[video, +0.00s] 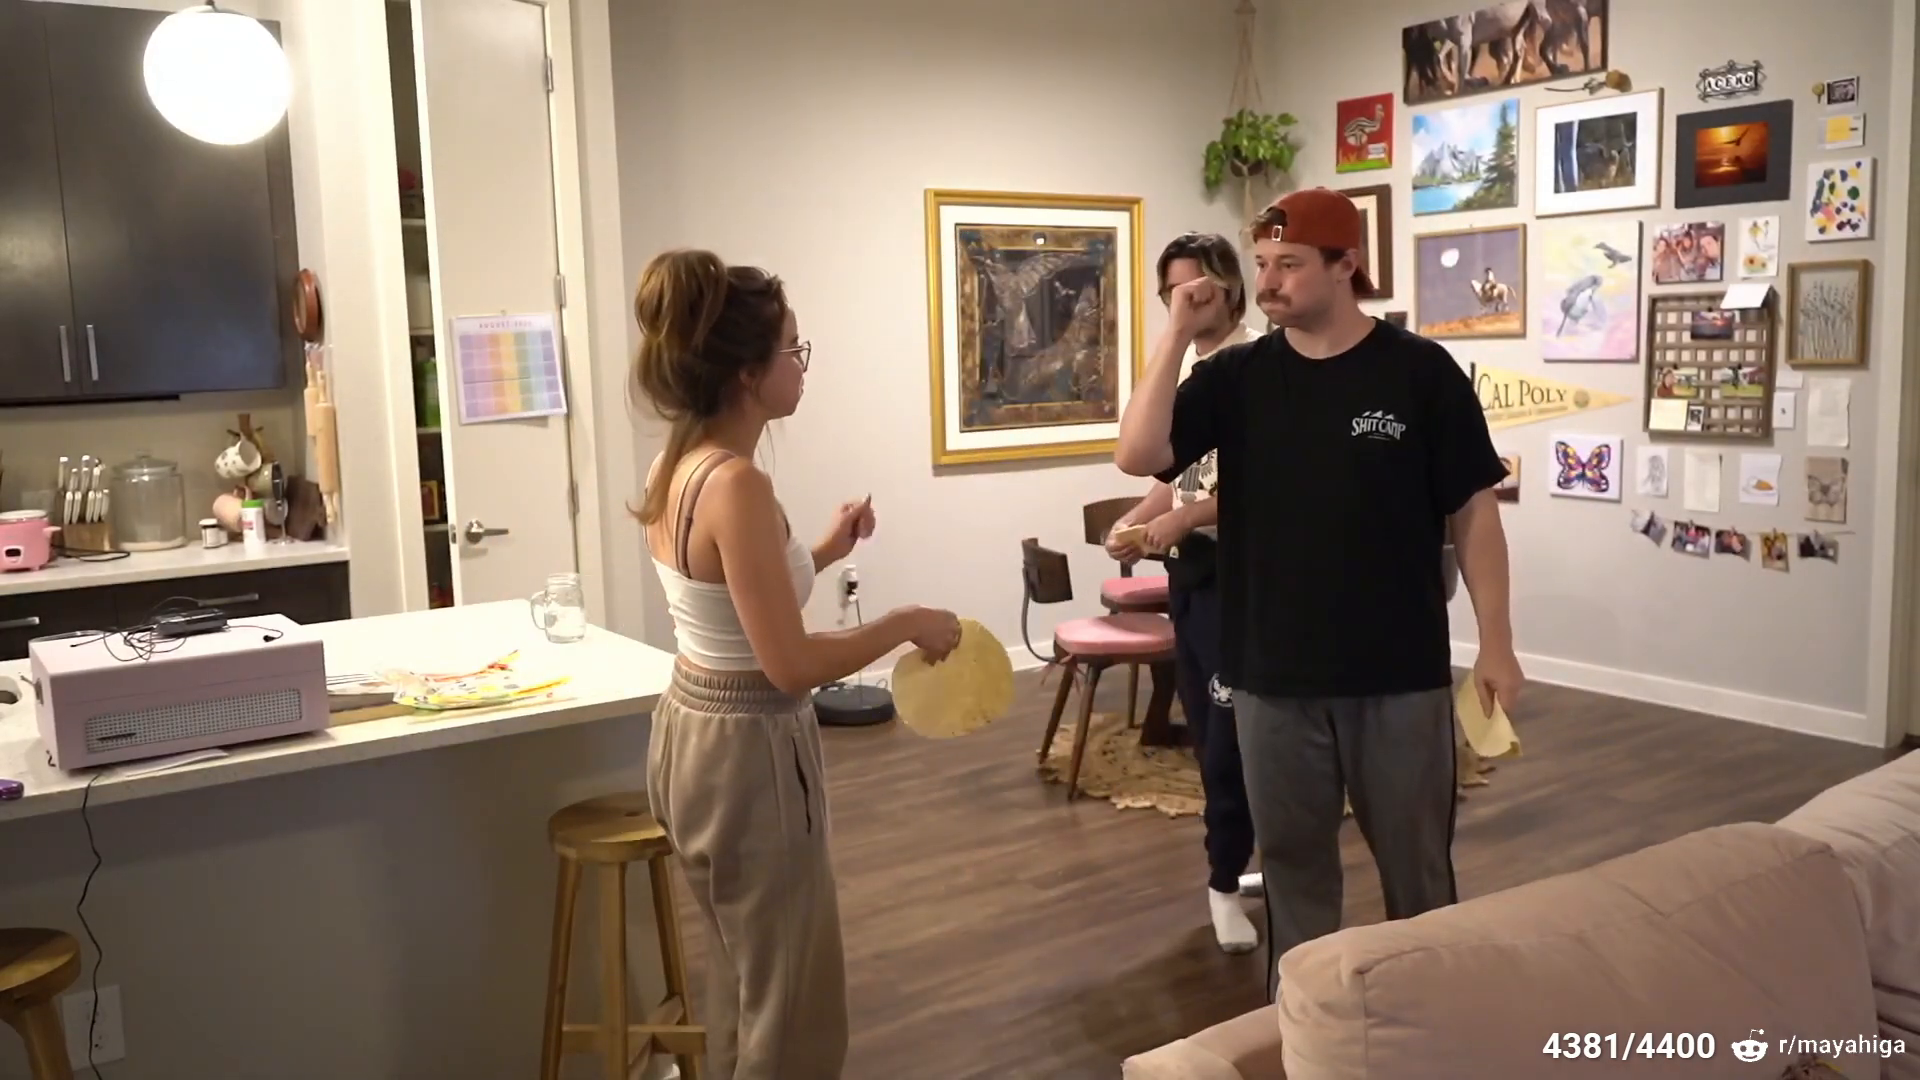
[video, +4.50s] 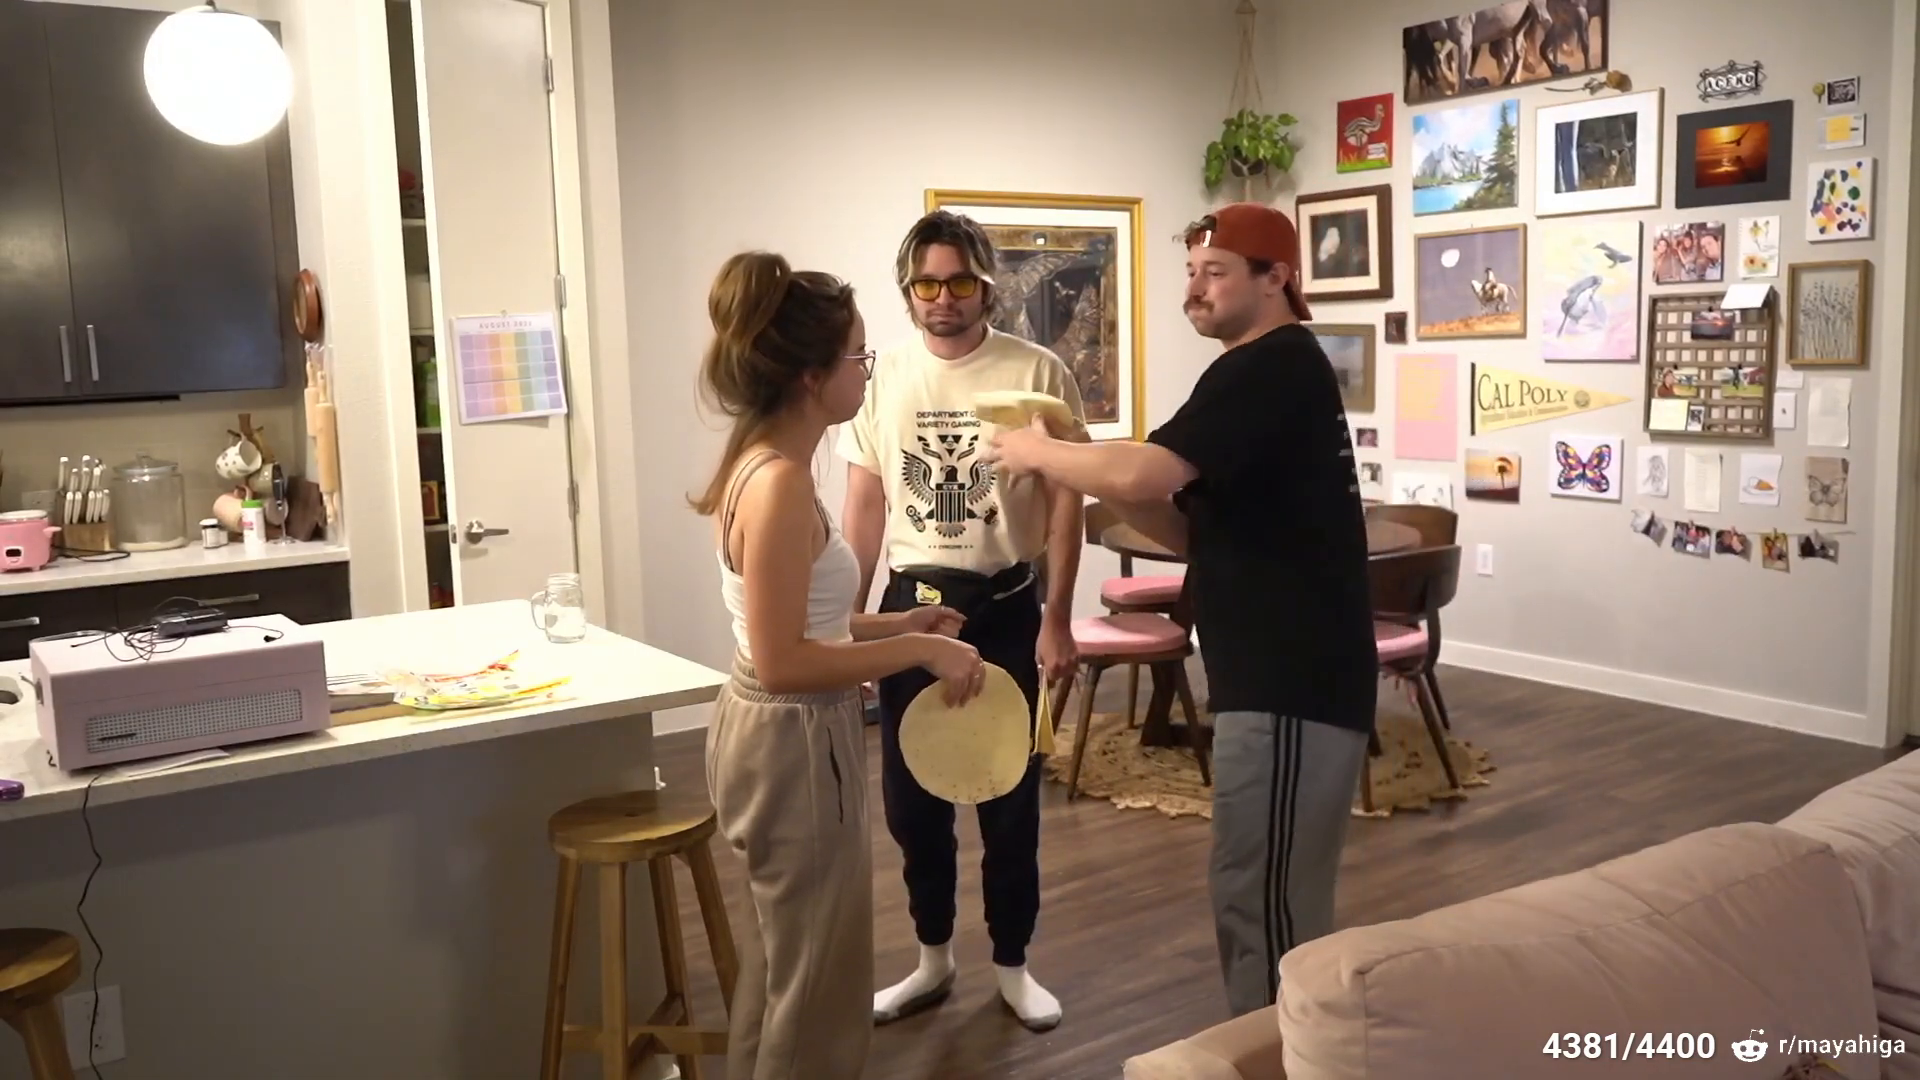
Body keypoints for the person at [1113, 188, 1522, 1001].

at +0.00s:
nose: (1269, 279)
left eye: (1288, 262)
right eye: (1262, 265)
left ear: (1345, 268)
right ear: (1256, 274)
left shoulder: (1422, 372)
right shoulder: (1236, 376)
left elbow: (1475, 512)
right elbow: (1139, 453)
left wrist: (1496, 642)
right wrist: (1175, 334)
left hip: (1400, 679)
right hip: (1272, 684)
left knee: (1418, 881)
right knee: (1293, 884)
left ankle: (1438, 1038)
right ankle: (1305, 1042)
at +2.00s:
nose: (1302, 257)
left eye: (1325, 242)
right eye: (1300, 244)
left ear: (1382, 256)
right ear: (1299, 261)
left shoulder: (1448, 376)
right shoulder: (1259, 371)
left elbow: (1490, 521)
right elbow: (1178, 472)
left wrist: (1506, 654)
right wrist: (1135, 431)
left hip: (1408, 677)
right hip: (1283, 675)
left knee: (1420, 874)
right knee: (1295, 865)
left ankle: (1433, 1031)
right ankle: (1301, 1027)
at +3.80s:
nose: (1259, 260)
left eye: (1280, 246)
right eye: (1252, 248)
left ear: (1334, 258)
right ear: (1246, 263)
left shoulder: (1406, 374)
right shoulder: (1217, 381)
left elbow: (1468, 498)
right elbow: (1129, 480)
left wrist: (1418, 601)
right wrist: (1054, 505)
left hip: (1385, 675)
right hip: (1263, 678)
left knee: (1411, 874)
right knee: (1282, 873)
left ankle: (1440, 1025)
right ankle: (1296, 1033)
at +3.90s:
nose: (1248, 258)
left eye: (1270, 245)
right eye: (1243, 247)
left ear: (1324, 259)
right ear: (1237, 264)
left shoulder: (1392, 375)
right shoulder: (1207, 383)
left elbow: (1437, 517)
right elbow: (1145, 499)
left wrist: (1328, 562)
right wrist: (1132, 523)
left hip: (1373, 675)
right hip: (1250, 677)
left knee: (1402, 862)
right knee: (1273, 867)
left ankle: (1428, 1016)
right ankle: (1293, 1026)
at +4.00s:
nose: (1234, 263)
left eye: (1256, 248)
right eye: (1230, 250)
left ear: (1311, 261)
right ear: (1228, 264)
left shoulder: (1371, 372)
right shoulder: (1205, 382)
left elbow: (1388, 521)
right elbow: (1175, 508)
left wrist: (1242, 528)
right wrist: (1170, 534)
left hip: (1354, 675)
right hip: (1237, 674)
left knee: (1375, 865)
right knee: (1265, 870)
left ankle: (1406, 1019)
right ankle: (1294, 1026)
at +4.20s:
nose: (1209, 271)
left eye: (1230, 257)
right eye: (1205, 258)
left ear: (1285, 268)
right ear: (1206, 269)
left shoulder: (1324, 366)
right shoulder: (1213, 386)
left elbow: (1284, 511)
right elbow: (1194, 529)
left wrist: (1151, 489)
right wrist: (1107, 504)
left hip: (1321, 676)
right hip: (1235, 673)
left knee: (1313, 889)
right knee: (1264, 885)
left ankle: (1340, 1051)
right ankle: (1291, 1038)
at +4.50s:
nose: (1195, 289)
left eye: (1214, 272)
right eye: (1193, 275)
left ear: (1273, 278)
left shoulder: (1272, 364)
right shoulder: (1262, 367)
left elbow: (1153, 471)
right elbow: (1186, 531)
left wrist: (1043, 454)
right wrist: (1091, 474)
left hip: (1288, 689)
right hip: (1274, 684)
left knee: (1262, 908)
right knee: (1267, 904)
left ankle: (1274, 1070)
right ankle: (1278, 1066)